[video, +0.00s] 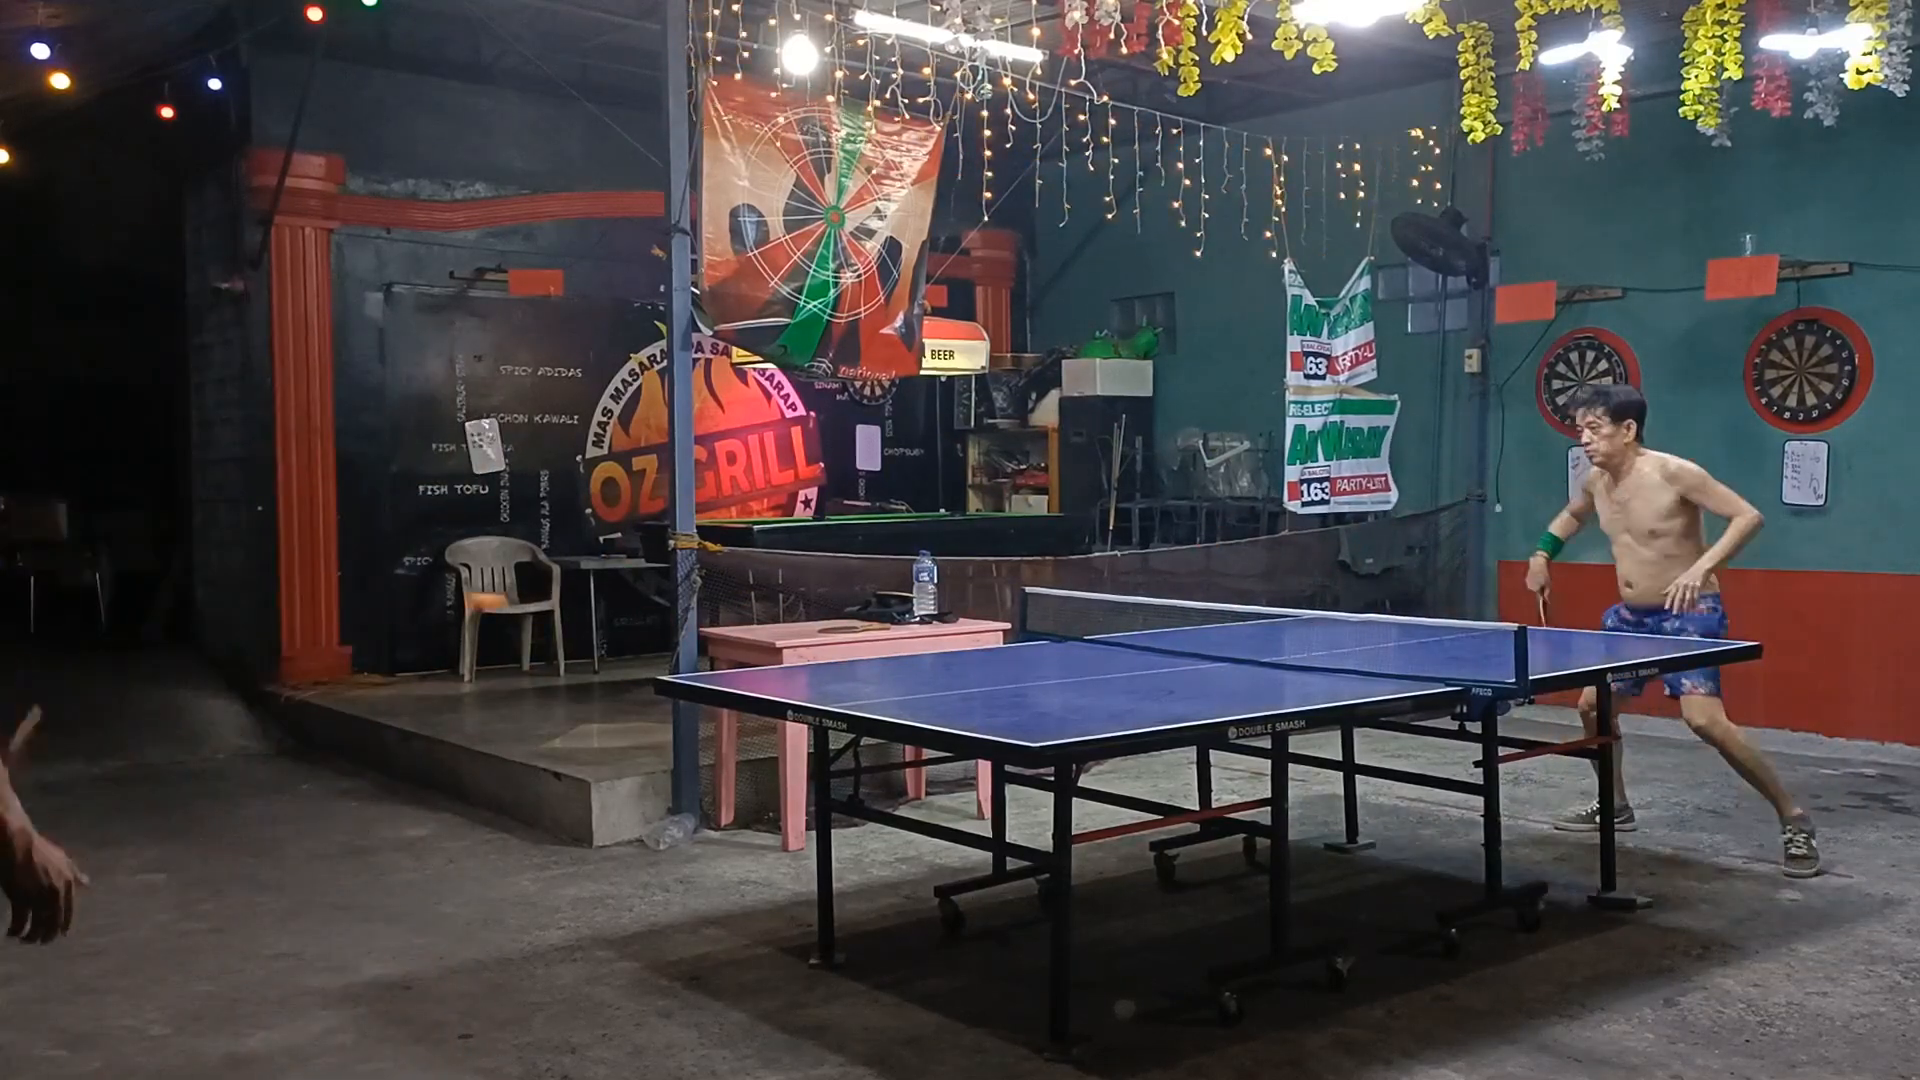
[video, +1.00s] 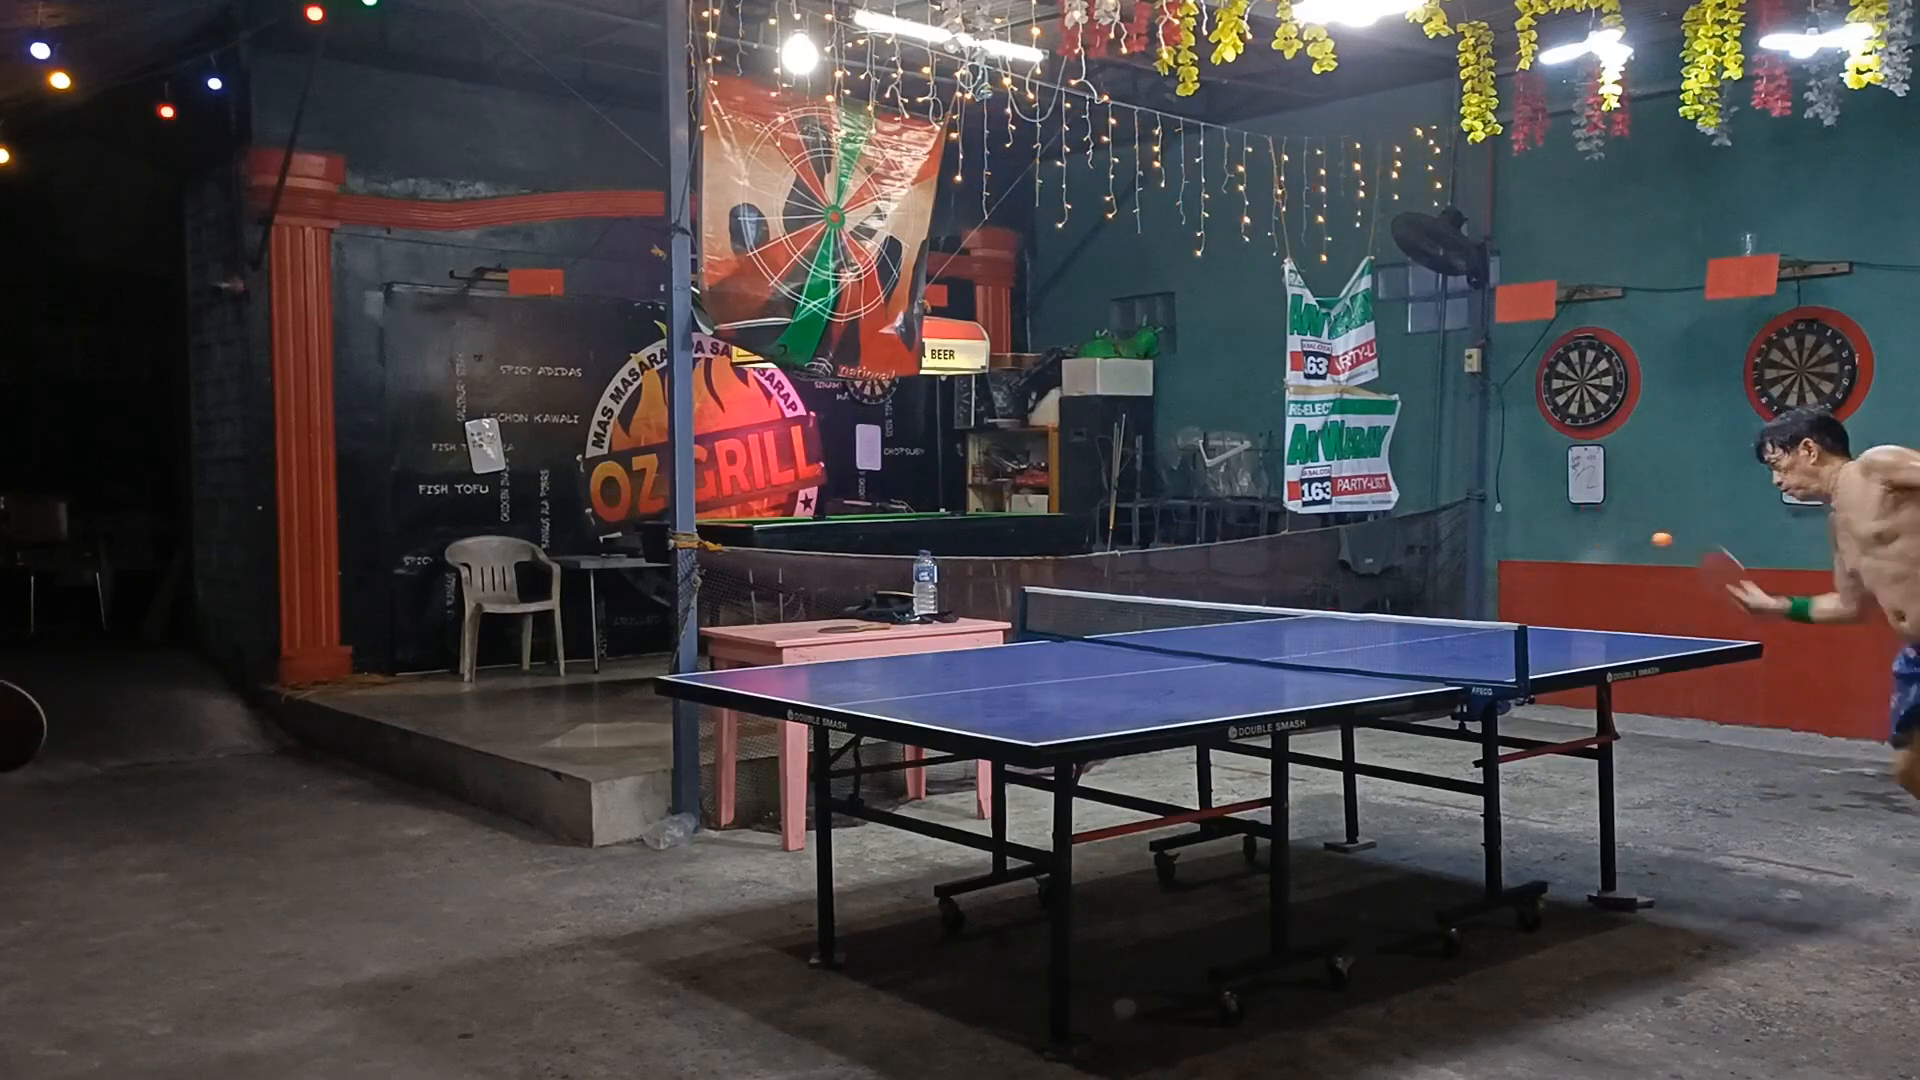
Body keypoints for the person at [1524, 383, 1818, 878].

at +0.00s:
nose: (1584, 440)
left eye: (1594, 429)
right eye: (1581, 430)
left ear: (1629, 430)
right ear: (1584, 435)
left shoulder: (1672, 472)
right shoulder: (1596, 479)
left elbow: (1748, 516)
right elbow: (1576, 514)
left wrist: (1704, 566)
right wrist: (1540, 553)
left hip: (1689, 616)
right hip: (1630, 619)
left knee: (1703, 718)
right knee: (1591, 706)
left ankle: (1793, 818)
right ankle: (1613, 803)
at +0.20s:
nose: (1634, 425)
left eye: (1645, 414)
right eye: (1631, 416)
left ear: (1679, 416)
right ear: (1633, 421)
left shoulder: (1722, 458)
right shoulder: (1653, 469)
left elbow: (1758, 533)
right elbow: (1652, 527)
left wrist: (1681, 571)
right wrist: (1608, 565)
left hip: (1749, 611)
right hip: (1688, 612)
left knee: (1759, 722)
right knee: (1649, 705)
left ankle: (1807, 829)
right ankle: (1637, 802)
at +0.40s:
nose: (1667, 415)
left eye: (1677, 404)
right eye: (1664, 406)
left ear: (1712, 405)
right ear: (1669, 411)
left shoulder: (1748, 446)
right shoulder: (1691, 462)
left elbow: (1750, 519)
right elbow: (1674, 519)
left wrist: (1673, 566)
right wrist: (1615, 538)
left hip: (1799, 601)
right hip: (1744, 609)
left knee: (1800, 716)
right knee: (1723, 718)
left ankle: (1873, 834)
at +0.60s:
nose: (1703, 453)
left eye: (1712, 441)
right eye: (1699, 444)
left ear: (1749, 442)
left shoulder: (1780, 478)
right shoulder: (1746, 495)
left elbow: (1763, 556)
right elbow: (1724, 545)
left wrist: (1682, 605)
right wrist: (1655, 540)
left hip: (1851, 631)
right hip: (1790, 641)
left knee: (1883, 748)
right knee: (1735, 730)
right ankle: (1785, 845)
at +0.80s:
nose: (1747, 463)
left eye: (1754, 449)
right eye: (1743, 453)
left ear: (1791, 440)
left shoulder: (1819, 463)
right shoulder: (1806, 497)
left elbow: (1811, 511)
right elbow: (1826, 569)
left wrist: (1730, 571)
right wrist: (1754, 578)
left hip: (1907, 640)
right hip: (1861, 644)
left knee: (1918, 758)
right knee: (1830, 740)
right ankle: (1806, 845)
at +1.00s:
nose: (1777, 481)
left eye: (1778, 467)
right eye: (1773, 472)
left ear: (1809, 451)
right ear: (1809, 453)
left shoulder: (1876, 464)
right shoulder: (1841, 522)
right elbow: (1850, 605)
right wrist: (1774, 604)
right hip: (1915, 651)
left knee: (1911, 768)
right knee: (1909, 768)